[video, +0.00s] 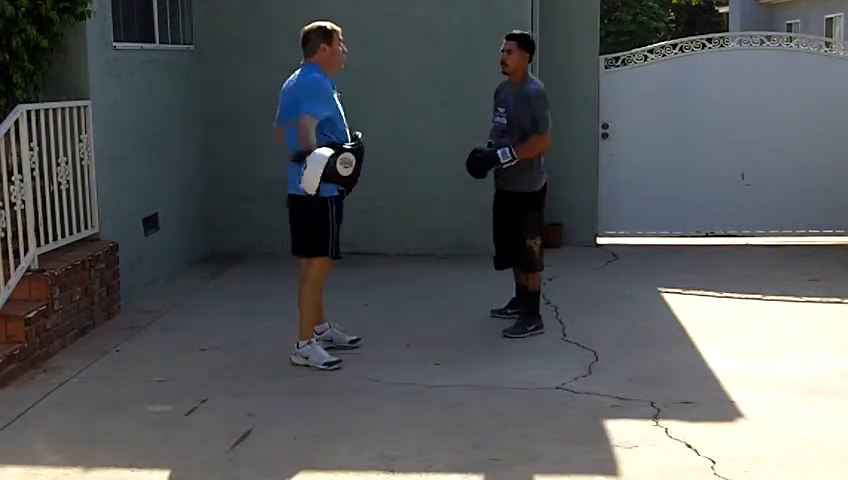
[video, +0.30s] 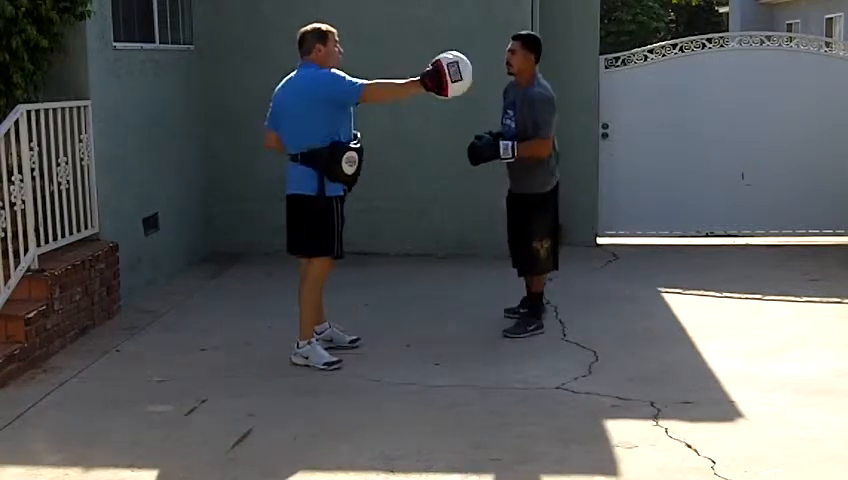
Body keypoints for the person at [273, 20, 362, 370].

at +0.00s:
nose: (345, 52)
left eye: (343, 46)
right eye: (341, 46)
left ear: (313, 50)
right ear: (325, 48)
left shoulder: (294, 82)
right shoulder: (316, 81)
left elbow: (282, 131)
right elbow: (306, 127)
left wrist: (303, 154)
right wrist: (317, 159)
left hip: (306, 190)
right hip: (318, 192)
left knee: (314, 261)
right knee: (319, 262)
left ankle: (318, 329)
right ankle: (305, 344)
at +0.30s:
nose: (340, 51)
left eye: (338, 45)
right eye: (336, 45)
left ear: (310, 51)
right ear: (318, 50)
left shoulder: (285, 87)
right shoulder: (326, 79)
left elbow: (272, 140)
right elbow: (372, 91)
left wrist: (313, 151)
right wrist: (423, 83)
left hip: (302, 188)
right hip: (322, 189)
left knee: (314, 261)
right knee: (321, 262)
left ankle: (318, 329)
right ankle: (304, 345)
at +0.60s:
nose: (341, 53)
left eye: (340, 47)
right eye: (337, 47)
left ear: (309, 52)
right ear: (320, 50)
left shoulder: (283, 88)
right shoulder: (332, 80)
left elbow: (270, 140)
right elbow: (387, 95)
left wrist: (306, 157)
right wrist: (413, 80)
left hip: (299, 189)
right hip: (323, 190)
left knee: (312, 260)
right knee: (321, 261)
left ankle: (319, 329)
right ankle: (306, 345)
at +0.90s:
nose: (342, 54)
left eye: (341, 48)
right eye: (338, 48)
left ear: (311, 53)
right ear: (320, 50)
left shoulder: (286, 86)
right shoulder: (326, 83)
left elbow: (275, 139)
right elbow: (357, 127)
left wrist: (310, 155)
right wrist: (389, 136)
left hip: (301, 187)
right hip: (322, 189)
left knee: (313, 261)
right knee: (320, 262)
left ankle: (320, 329)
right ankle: (305, 344)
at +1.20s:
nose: (344, 55)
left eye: (343, 48)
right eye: (339, 48)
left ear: (318, 52)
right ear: (319, 51)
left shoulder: (310, 83)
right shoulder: (310, 87)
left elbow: (322, 138)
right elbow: (318, 142)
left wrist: (350, 165)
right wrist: (353, 176)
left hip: (319, 186)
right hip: (312, 189)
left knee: (319, 260)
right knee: (315, 262)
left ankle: (319, 329)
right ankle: (304, 345)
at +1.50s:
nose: (341, 55)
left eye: (340, 49)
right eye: (336, 48)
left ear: (318, 52)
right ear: (317, 52)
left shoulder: (316, 85)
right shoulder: (297, 88)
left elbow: (341, 129)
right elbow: (296, 145)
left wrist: (367, 99)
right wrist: (326, 181)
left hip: (322, 187)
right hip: (307, 191)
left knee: (320, 260)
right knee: (314, 262)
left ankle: (319, 329)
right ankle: (304, 344)